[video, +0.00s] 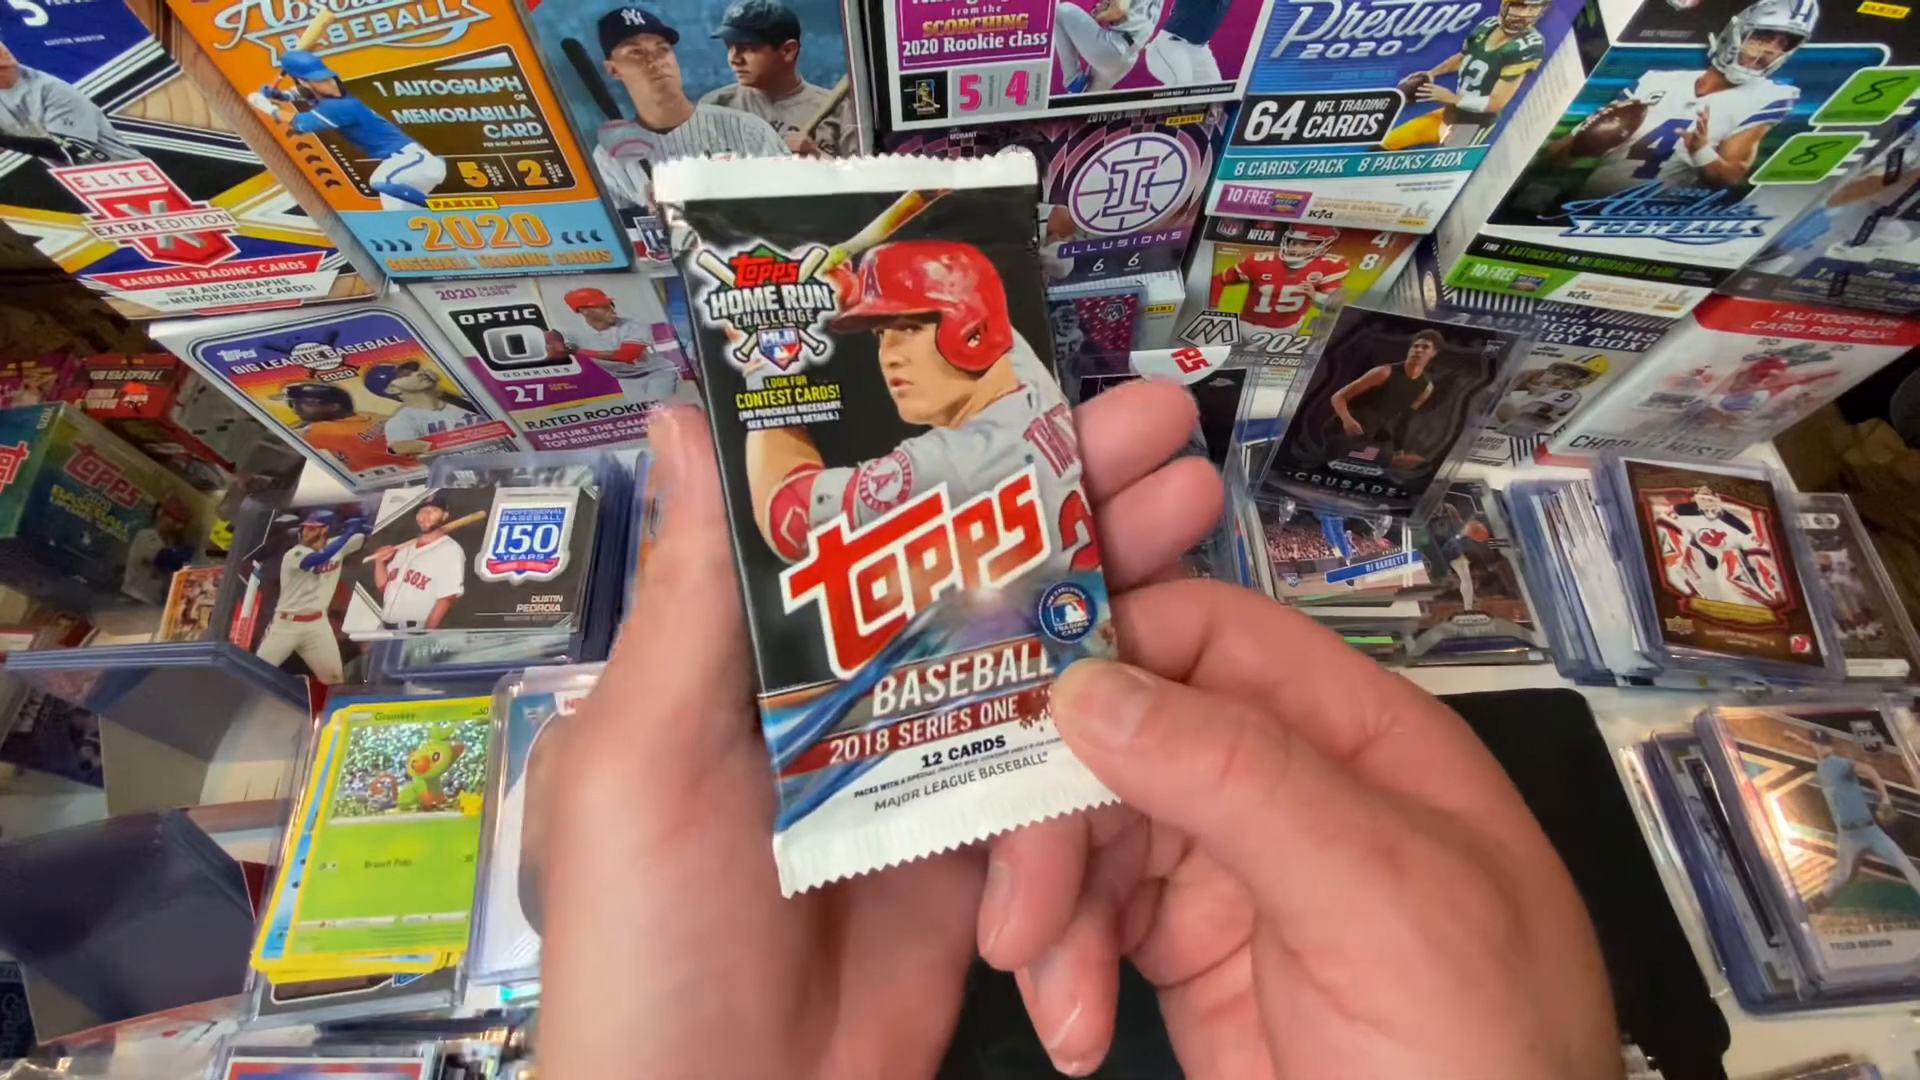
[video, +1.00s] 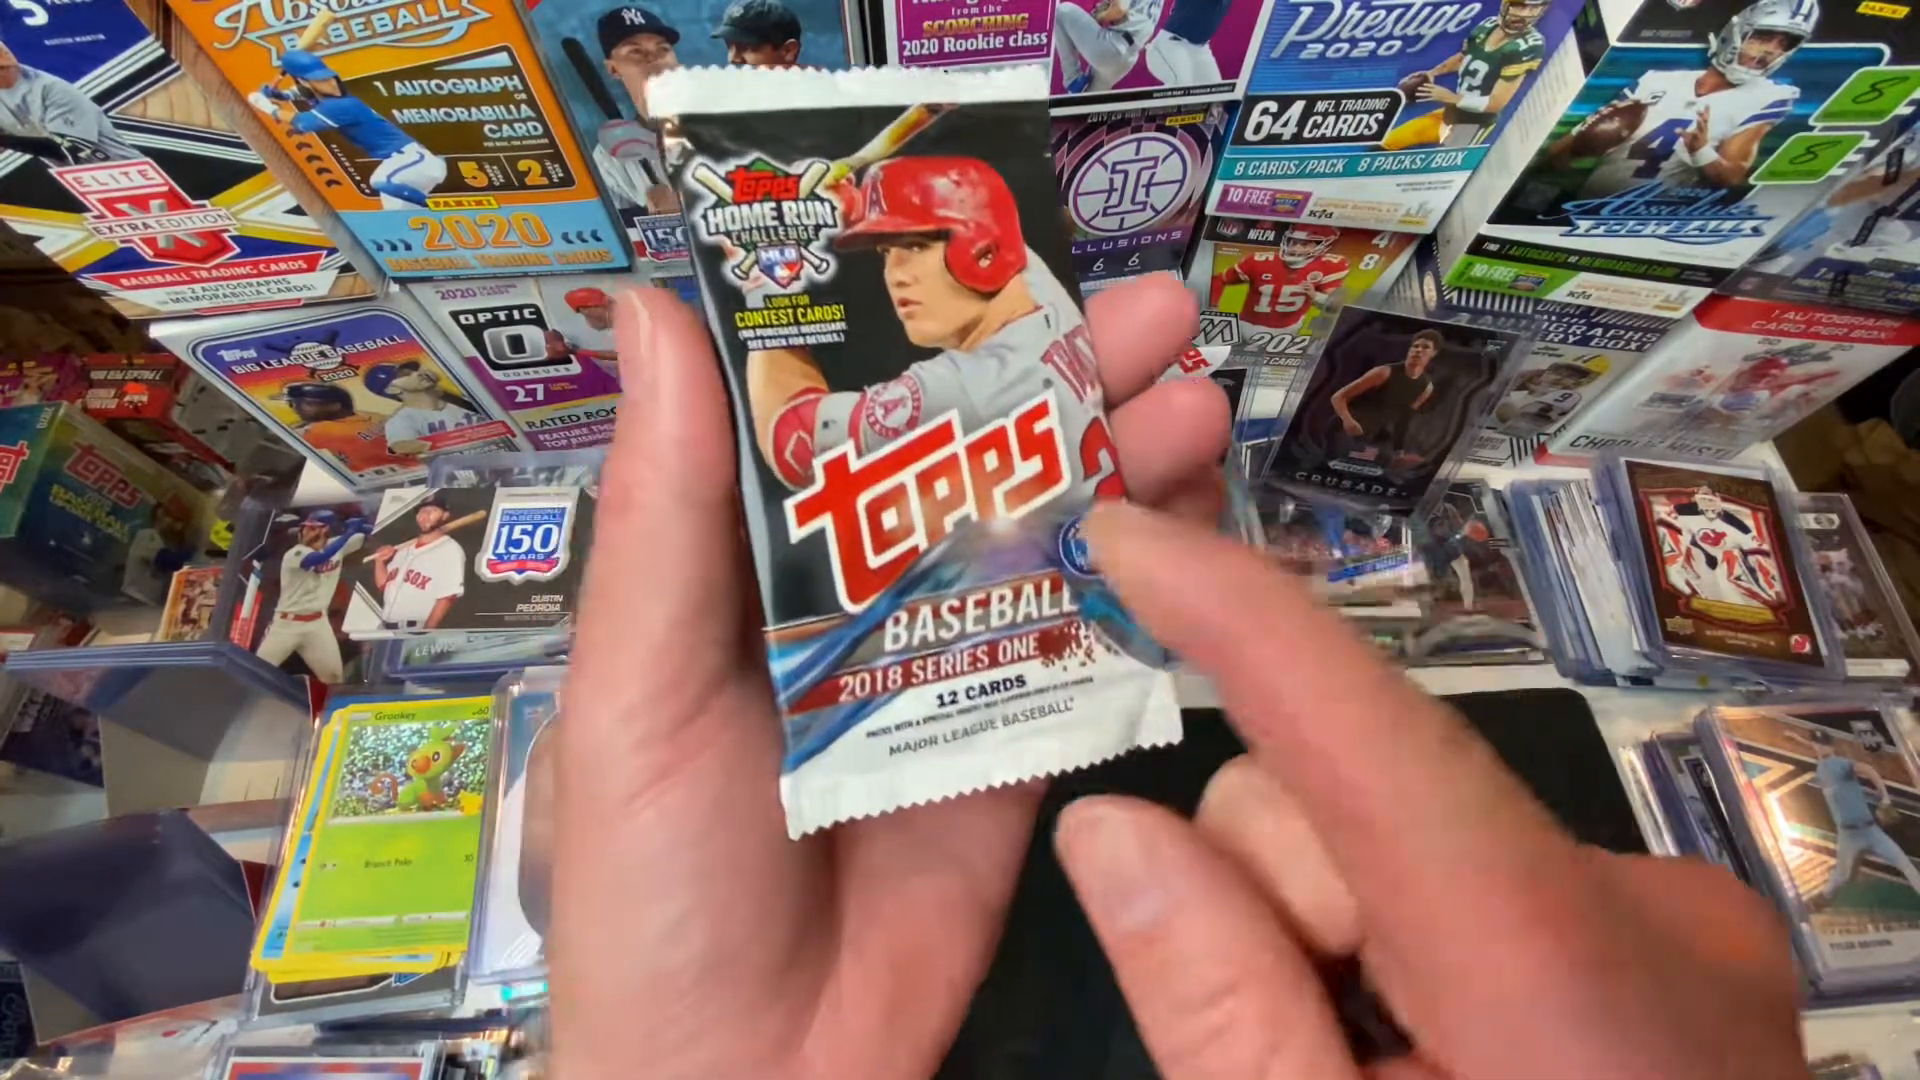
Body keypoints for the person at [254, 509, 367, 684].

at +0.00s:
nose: (304, 532)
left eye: (310, 528)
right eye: (304, 527)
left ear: (324, 531)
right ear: (302, 529)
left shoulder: (337, 548)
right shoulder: (293, 555)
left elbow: (367, 532)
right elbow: (318, 560)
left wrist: (358, 523)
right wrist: (347, 536)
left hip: (317, 625)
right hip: (284, 625)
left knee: (334, 681)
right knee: (258, 671)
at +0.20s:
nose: (304, 531)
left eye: (310, 528)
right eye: (304, 527)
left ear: (324, 530)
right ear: (303, 529)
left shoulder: (337, 548)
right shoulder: (294, 554)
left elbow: (368, 533)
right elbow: (318, 560)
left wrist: (359, 525)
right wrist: (347, 537)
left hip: (317, 626)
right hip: (285, 625)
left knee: (334, 679)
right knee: (257, 671)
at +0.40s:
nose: (304, 531)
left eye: (310, 528)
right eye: (304, 527)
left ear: (324, 530)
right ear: (303, 529)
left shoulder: (337, 548)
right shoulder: (293, 554)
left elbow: (368, 533)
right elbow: (318, 559)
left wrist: (359, 525)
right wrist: (346, 537)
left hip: (317, 625)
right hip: (285, 625)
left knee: (335, 678)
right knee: (257, 671)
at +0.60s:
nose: (304, 531)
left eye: (310, 528)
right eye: (304, 527)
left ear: (324, 530)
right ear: (302, 529)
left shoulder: (337, 548)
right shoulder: (293, 554)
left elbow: (367, 534)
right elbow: (318, 559)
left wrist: (358, 525)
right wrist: (346, 537)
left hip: (317, 626)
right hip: (284, 625)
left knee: (334, 679)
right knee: (257, 671)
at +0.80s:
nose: (304, 531)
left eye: (310, 528)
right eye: (304, 527)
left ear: (324, 530)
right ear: (302, 529)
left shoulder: (337, 548)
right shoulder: (293, 554)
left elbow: (367, 534)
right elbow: (319, 560)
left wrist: (358, 525)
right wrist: (346, 537)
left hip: (317, 625)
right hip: (285, 625)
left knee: (334, 679)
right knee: (258, 671)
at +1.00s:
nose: (304, 531)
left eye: (311, 528)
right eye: (304, 527)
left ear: (324, 531)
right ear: (303, 530)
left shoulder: (337, 548)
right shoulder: (294, 554)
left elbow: (366, 534)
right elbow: (318, 559)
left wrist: (359, 525)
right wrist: (346, 537)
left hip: (317, 625)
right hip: (285, 624)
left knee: (334, 677)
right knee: (258, 670)